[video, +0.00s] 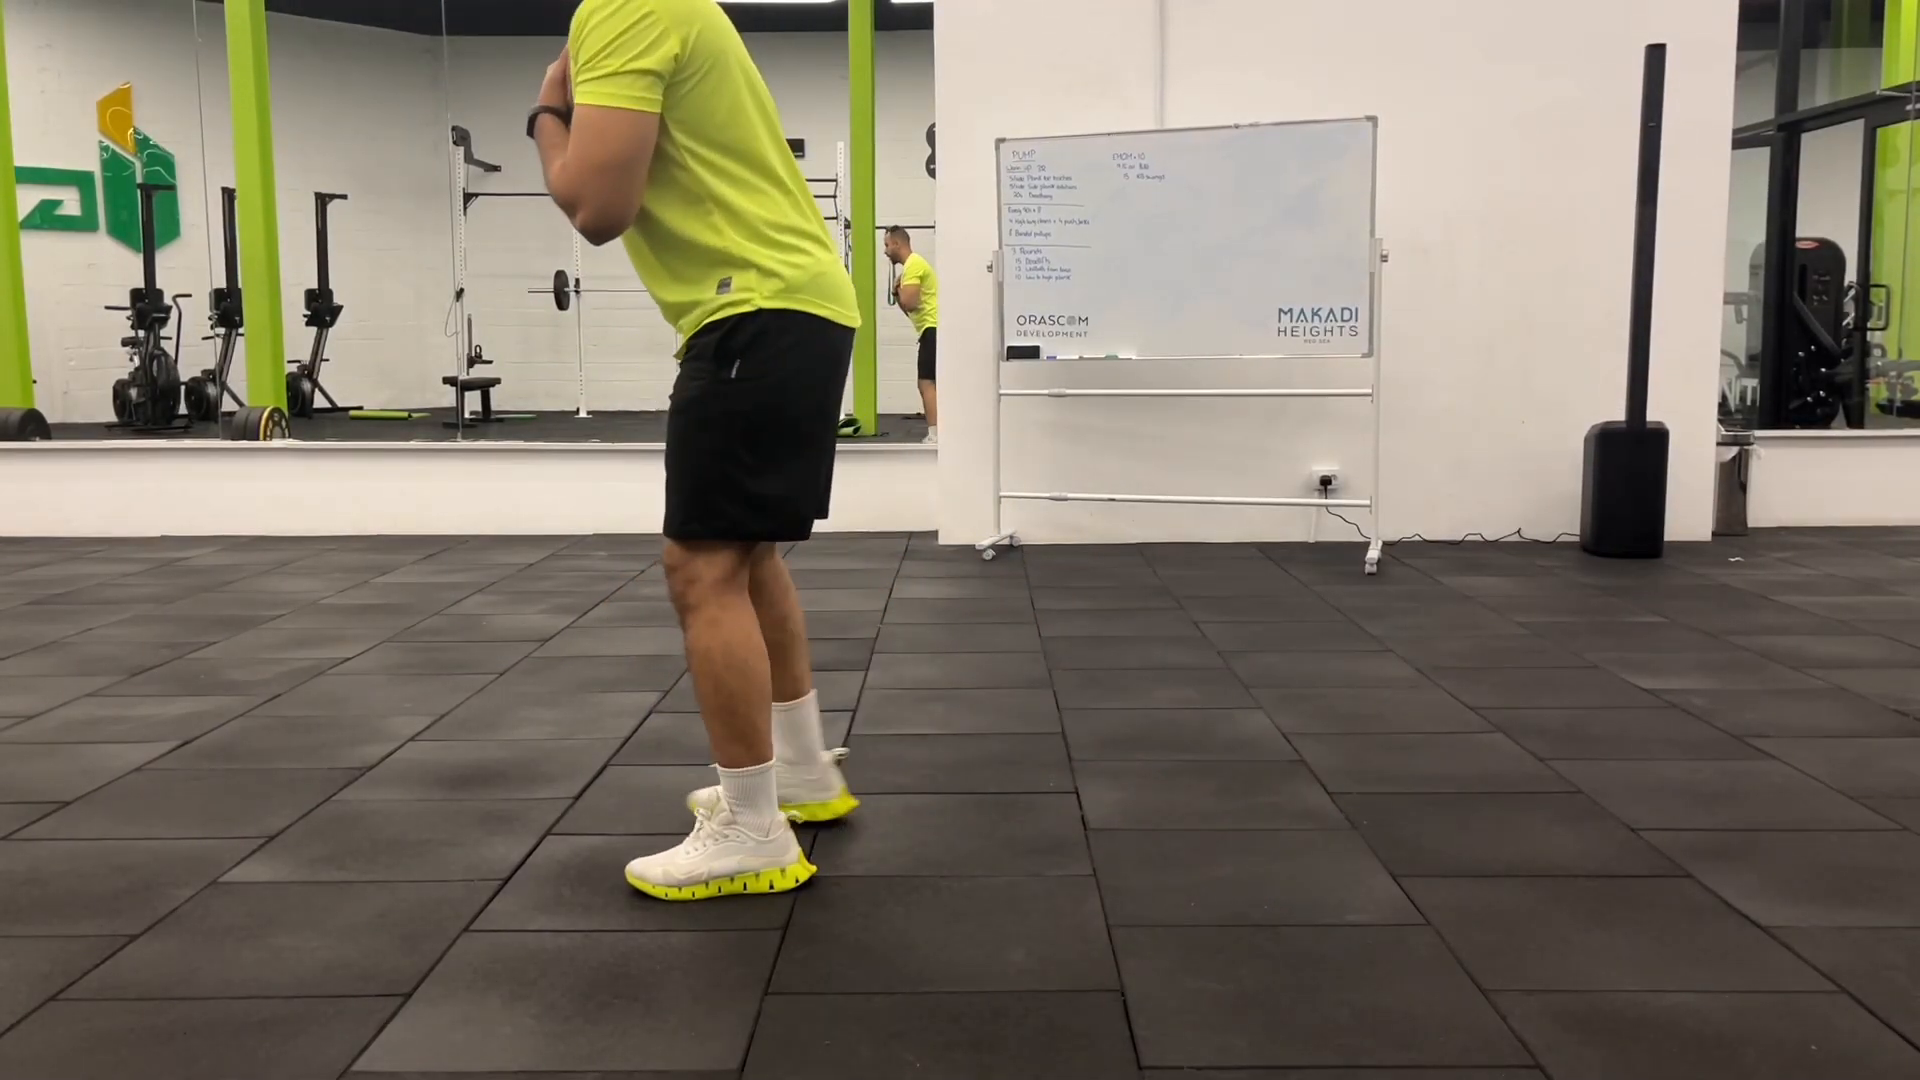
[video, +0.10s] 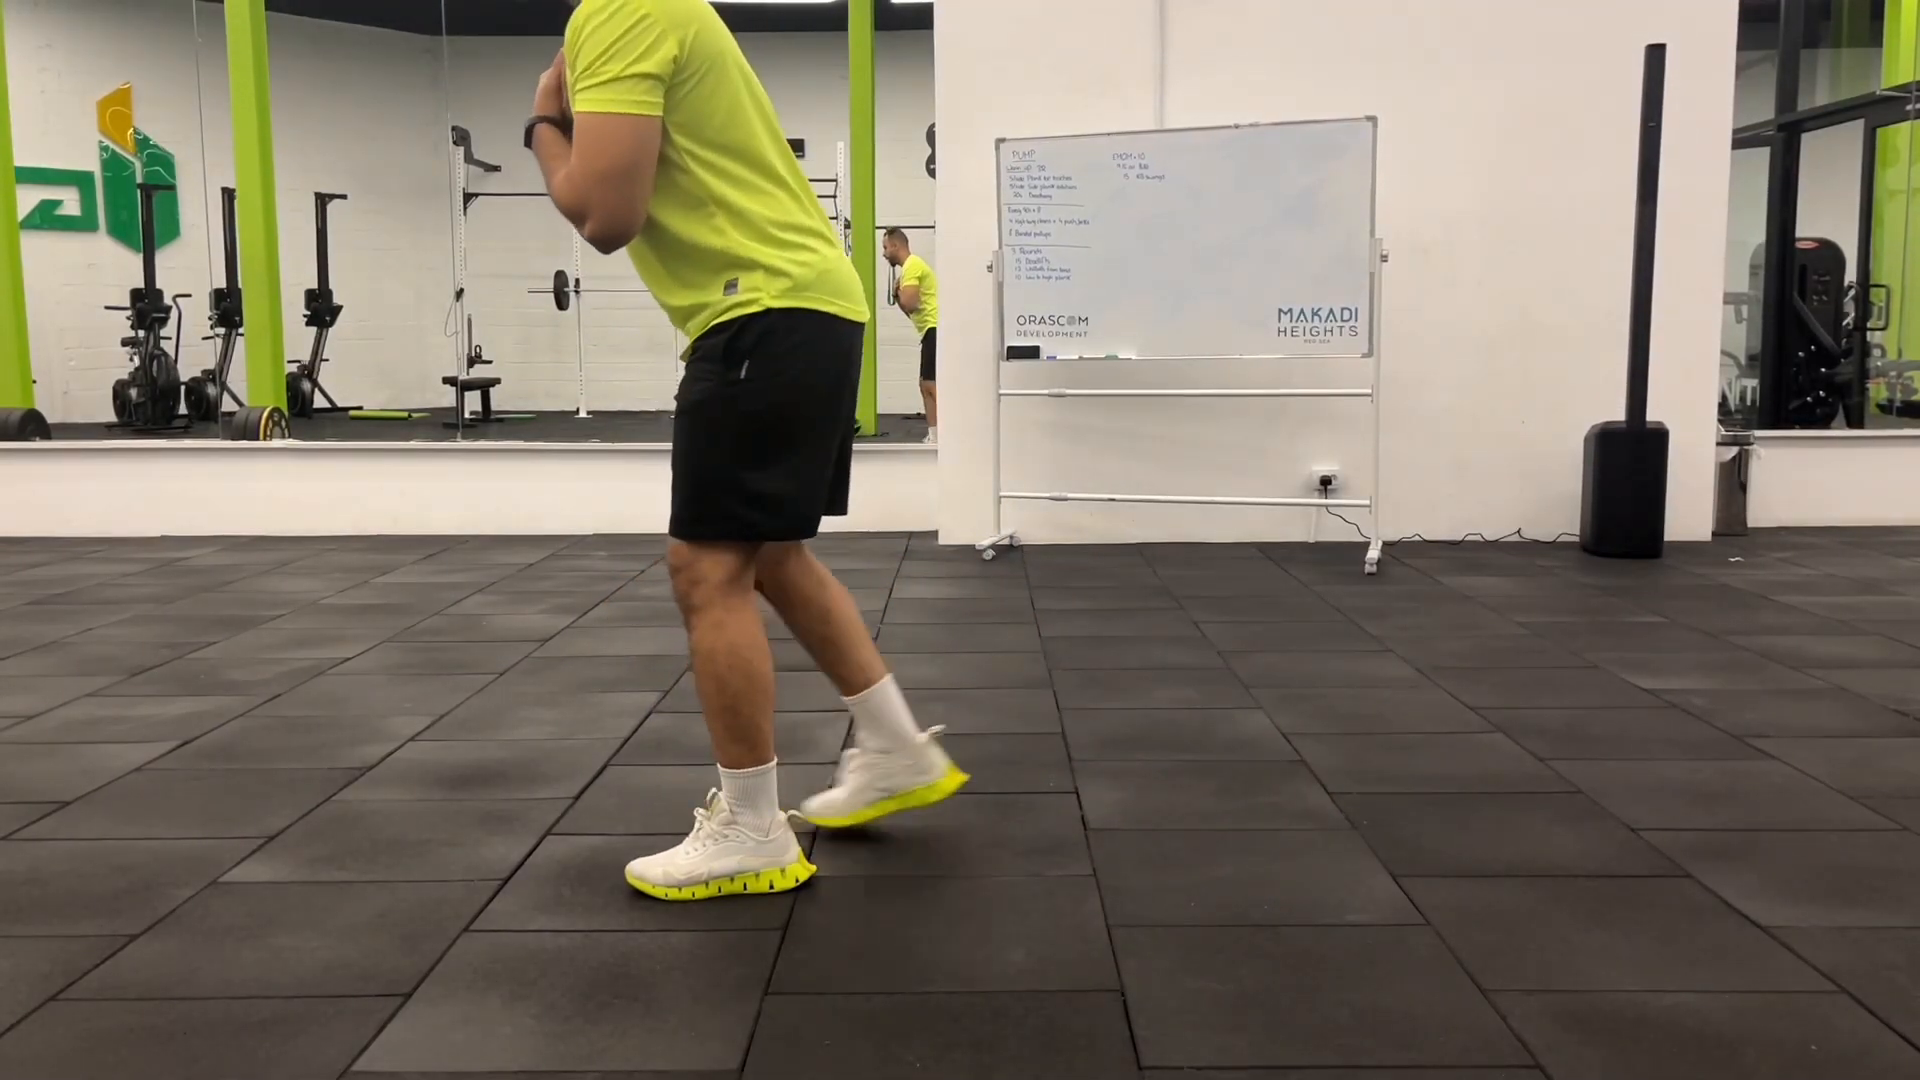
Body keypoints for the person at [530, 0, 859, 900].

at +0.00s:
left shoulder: (627, 10)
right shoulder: (665, 12)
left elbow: (596, 207)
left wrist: (547, 117)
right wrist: (582, 112)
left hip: (748, 308)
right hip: (794, 302)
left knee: (703, 574)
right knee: (750, 551)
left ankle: (749, 827)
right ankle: (804, 767)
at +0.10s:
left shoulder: (625, 11)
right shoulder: (648, 15)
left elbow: (604, 215)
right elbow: (617, 201)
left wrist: (544, 126)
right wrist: (568, 124)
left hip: (759, 311)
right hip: (808, 304)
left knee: (706, 573)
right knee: (773, 551)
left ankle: (750, 828)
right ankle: (898, 745)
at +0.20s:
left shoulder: (620, 21)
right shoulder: (654, 22)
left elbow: (609, 224)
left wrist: (540, 136)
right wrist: (574, 128)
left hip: (760, 312)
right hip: (819, 304)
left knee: (707, 576)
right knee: (809, 554)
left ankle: (750, 828)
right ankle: (996, 729)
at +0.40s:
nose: (461, 18)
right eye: (454, 7)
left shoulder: (619, 60)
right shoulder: (632, 53)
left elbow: (623, 268)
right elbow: (645, 243)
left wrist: (546, 187)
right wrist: (571, 182)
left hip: (788, 337)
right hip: (855, 325)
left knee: (688, 587)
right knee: (914, 570)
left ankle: (749, 828)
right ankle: (1137, 709)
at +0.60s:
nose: (482, 77)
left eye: (486, 47)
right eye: (474, 51)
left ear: (555, 31)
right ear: (562, 35)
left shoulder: (650, 130)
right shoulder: (668, 112)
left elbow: (663, 335)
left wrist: (587, 258)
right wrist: (609, 255)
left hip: (826, 391)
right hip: (900, 380)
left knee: (663, 597)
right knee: (973, 620)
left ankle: (748, 831)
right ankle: (1194, 790)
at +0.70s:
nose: (512, 116)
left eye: (518, 87)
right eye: (507, 93)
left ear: (580, 72)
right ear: (589, 72)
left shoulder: (679, 169)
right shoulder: (700, 155)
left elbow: (681, 377)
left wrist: (609, 297)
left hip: (853, 426)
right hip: (926, 422)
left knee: (651, 605)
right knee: (975, 673)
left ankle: (745, 831)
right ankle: (1231, 817)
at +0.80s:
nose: (541, 147)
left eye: (548, 121)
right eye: (536, 123)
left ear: (609, 107)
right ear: (620, 107)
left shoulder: (702, 204)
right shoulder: (727, 188)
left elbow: (701, 419)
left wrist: (636, 340)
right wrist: (663, 342)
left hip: (865, 469)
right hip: (941, 465)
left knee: (644, 609)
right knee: (973, 724)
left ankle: (747, 829)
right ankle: (1242, 831)